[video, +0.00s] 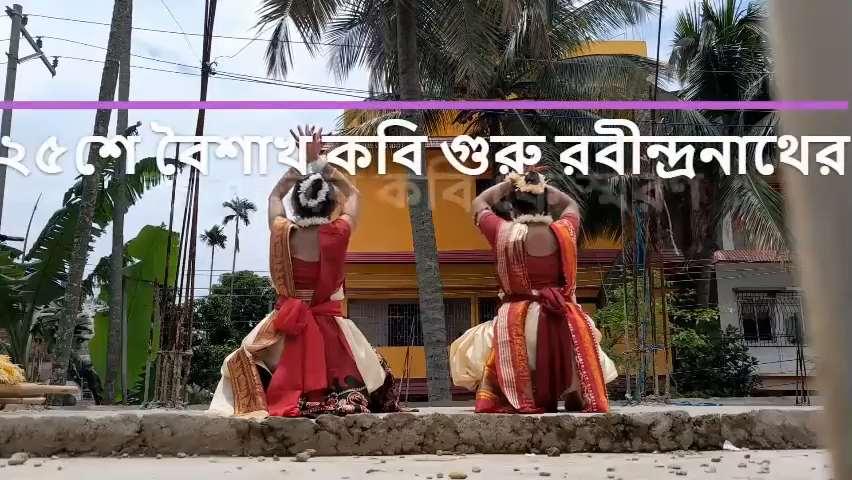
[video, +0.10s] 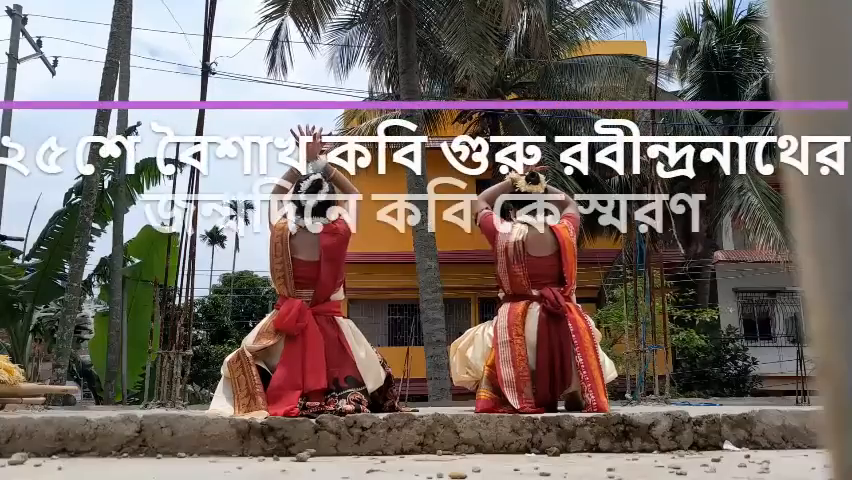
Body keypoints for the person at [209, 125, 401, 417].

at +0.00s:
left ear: (293, 205)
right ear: (330, 206)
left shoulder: (281, 232)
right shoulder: (338, 235)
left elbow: (276, 195)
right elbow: (351, 194)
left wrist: (302, 163)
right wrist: (324, 166)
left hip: (289, 329)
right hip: (330, 330)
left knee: (240, 363)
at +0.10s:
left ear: (294, 201)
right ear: (329, 203)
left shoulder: (281, 232)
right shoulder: (338, 234)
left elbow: (277, 193)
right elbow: (351, 194)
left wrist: (303, 161)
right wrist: (323, 165)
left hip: (289, 329)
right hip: (331, 328)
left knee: (239, 362)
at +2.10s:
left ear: (295, 203)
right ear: (330, 203)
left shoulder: (284, 234)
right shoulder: (337, 236)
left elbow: (277, 196)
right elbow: (351, 195)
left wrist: (303, 162)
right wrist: (323, 164)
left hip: (289, 328)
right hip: (329, 329)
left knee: (240, 363)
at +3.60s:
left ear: (292, 201)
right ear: (330, 202)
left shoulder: (279, 231)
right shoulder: (338, 232)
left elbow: (269, 192)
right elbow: (368, 188)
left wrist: (281, 157)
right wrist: (353, 157)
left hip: (287, 331)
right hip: (330, 329)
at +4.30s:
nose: (337, 204)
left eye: (333, 198)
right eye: (335, 199)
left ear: (295, 203)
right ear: (331, 204)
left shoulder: (278, 234)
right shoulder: (341, 235)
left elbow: (260, 204)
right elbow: (386, 206)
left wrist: (267, 161)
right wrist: (387, 171)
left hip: (288, 333)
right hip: (333, 333)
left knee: (239, 367)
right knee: (379, 388)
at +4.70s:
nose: (339, 204)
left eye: (336, 198)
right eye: (337, 199)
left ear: (298, 204)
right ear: (333, 205)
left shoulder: (277, 235)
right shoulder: (345, 237)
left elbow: (248, 213)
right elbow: (397, 229)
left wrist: (235, 177)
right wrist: (419, 193)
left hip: (287, 337)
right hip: (333, 336)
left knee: (242, 364)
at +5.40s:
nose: (340, 207)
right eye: (338, 201)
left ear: (301, 203)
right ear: (336, 206)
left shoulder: (277, 238)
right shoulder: (348, 242)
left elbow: (238, 238)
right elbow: (404, 248)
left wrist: (225, 210)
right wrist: (430, 223)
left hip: (286, 336)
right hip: (334, 338)